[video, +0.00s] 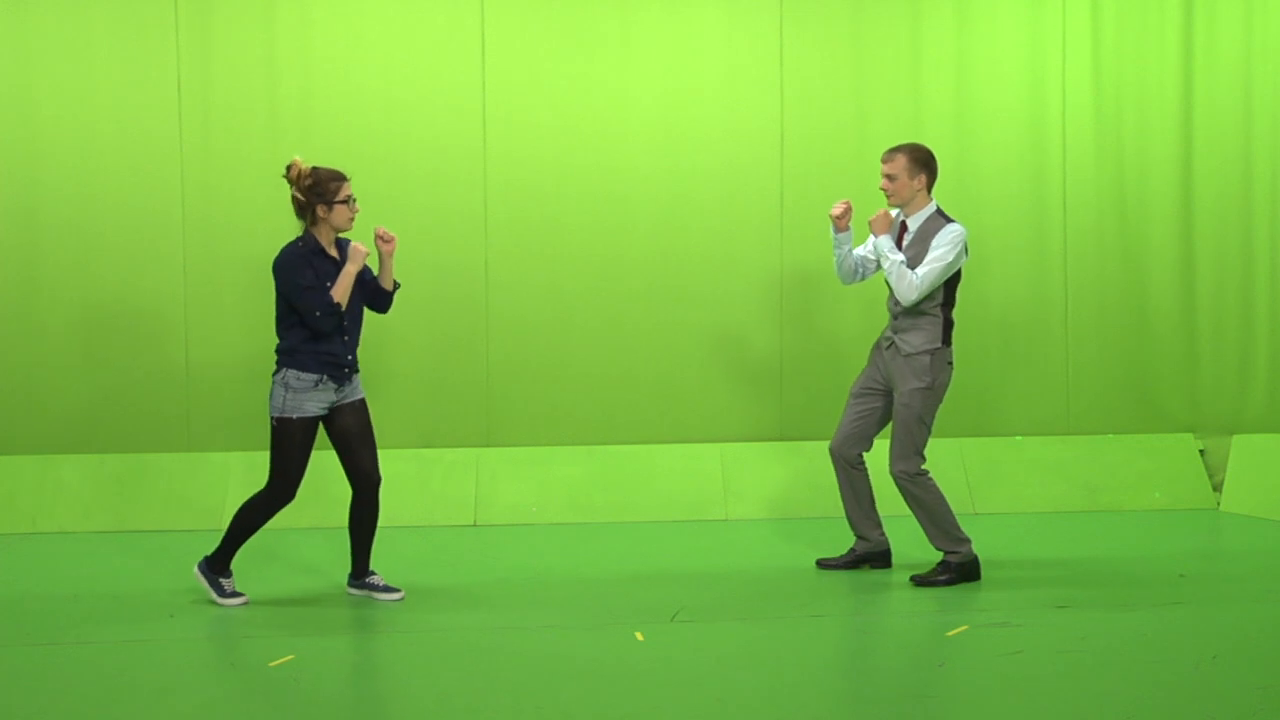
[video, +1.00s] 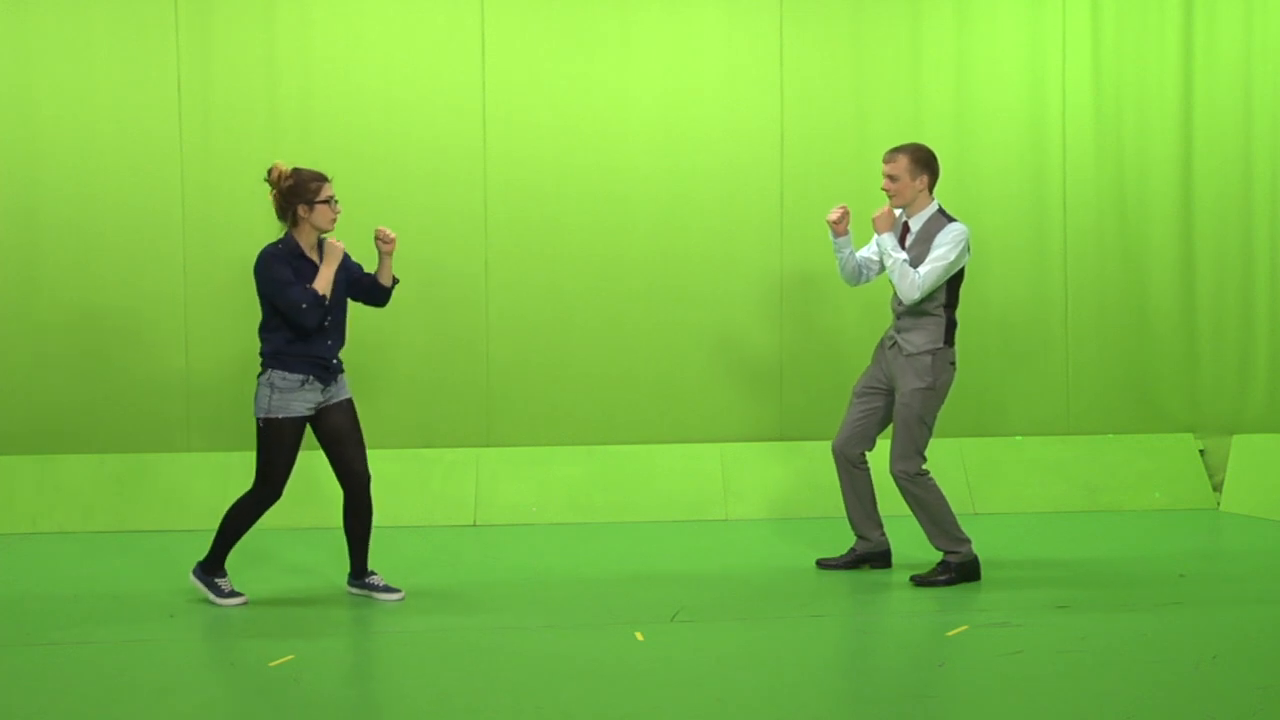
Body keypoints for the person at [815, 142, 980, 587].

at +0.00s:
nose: (884, 186)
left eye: (891, 178)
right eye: (883, 178)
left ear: (921, 181)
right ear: (899, 184)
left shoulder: (951, 235)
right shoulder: (894, 228)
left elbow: (910, 291)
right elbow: (848, 273)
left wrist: (883, 240)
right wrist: (842, 232)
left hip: (924, 361)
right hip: (887, 354)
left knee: (905, 465)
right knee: (845, 448)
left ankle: (961, 557)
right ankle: (871, 546)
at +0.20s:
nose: (882, 186)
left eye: (889, 179)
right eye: (881, 179)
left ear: (919, 180)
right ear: (899, 183)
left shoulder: (951, 231)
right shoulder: (894, 225)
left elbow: (908, 285)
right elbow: (848, 269)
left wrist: (883, 234)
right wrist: (840, 229)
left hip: (923, 357)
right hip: (886, 351)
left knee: (907, 462)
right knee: (847, 446)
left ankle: (961, 557)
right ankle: (871, 546)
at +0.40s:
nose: (882, 194)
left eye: (888, 186)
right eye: (881, 187)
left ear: (919, 187)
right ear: (900, 190)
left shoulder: (951, 238)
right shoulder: (894, 232)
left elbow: (907, 292)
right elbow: (852, 279)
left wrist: (883, 241)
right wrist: (841, 242)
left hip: (924, 363)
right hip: (887, 357)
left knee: (901, 468)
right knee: (842, 449)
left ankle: (961, 557)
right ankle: (871, 546)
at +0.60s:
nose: (884, 183)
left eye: (890, 176)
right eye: (883, 175)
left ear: (921, 178)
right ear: (901, 180)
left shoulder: (952, 230)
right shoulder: (896, 224)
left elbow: (907, 283)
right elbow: (851, 270)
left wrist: (884, 230)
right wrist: (841, 231)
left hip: (925, 356)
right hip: (888, 350)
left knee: (908, 461)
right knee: (850, 446)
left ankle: (961, 557)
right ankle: (871, 546)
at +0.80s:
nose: (884, 191)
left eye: (891, 183)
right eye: (883, 183)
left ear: (921, 185)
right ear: (900, 188)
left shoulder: (952, 236)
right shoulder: (896, 230)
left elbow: (909, 292)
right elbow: (856, 278)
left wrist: (885, 239)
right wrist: (843, 240)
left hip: (927, 362)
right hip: (891, 355)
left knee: (904, 466)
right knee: (845, 448)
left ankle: (961, 557)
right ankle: (871, 546)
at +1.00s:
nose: (886, 186)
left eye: (893, 179)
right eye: (885, 178)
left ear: (923, 182)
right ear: (901, 185)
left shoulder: (953, 234)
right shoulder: (897, 227)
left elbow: (911, 289)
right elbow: (854, 275)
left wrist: (885, 237)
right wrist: (841, 237)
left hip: (927, 360)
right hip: (890, 353)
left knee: (906, 465)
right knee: (847, 447)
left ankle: (961, 557)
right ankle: (872, 546)